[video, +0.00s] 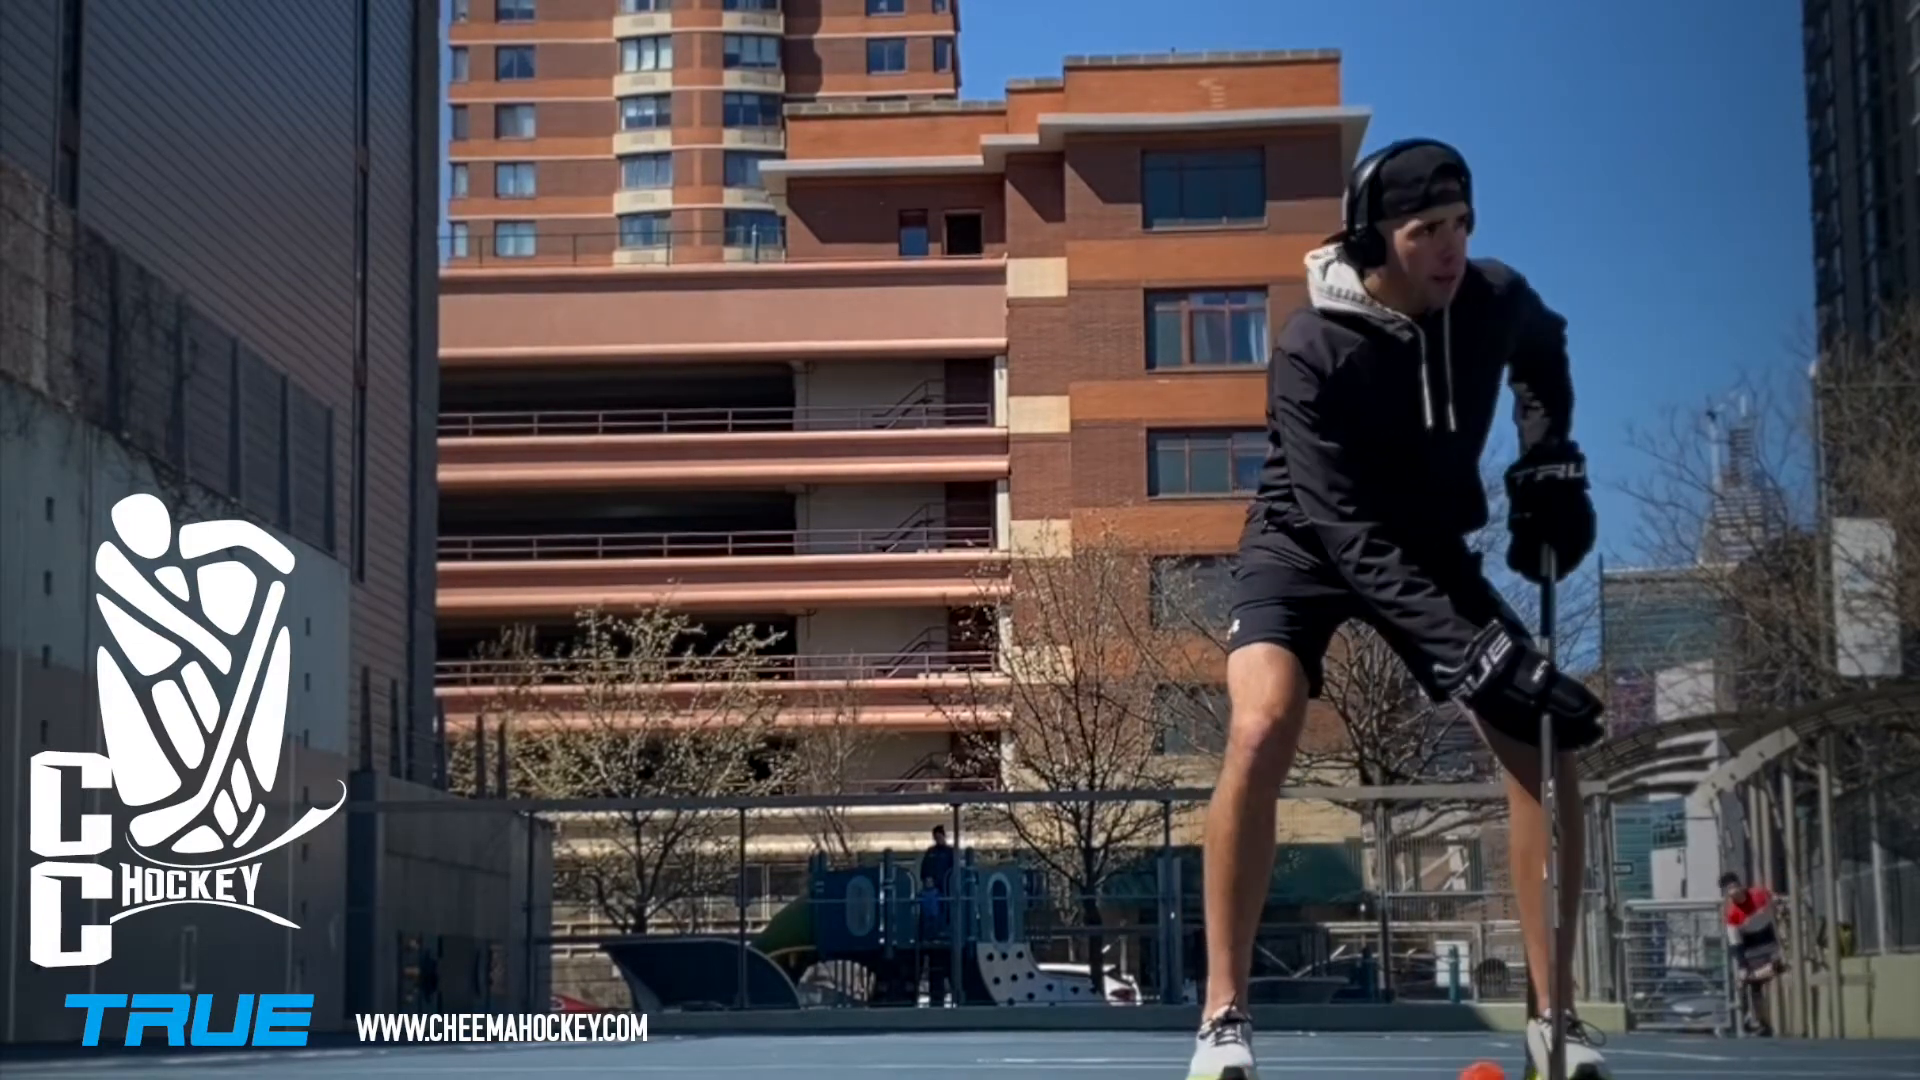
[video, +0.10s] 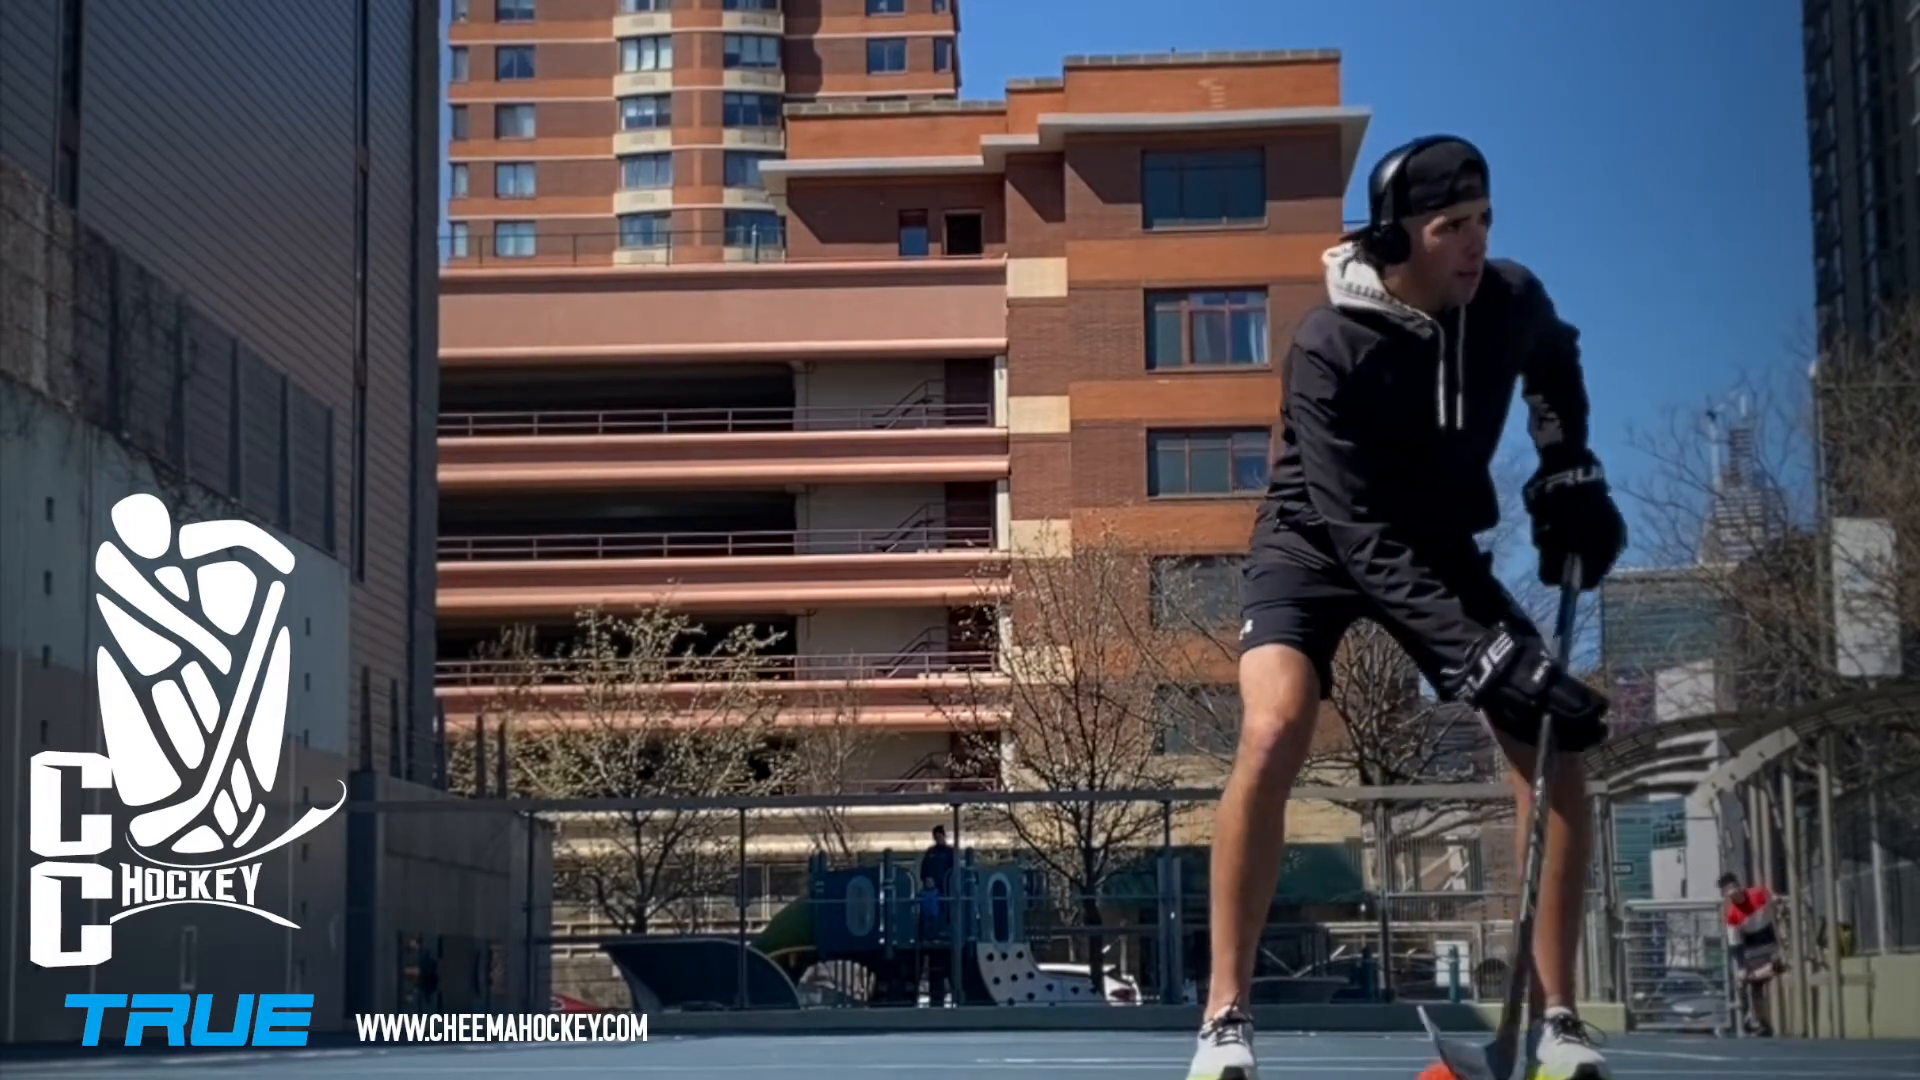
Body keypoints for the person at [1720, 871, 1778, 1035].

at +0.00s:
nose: (1733, 892)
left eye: (1735, 887)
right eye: (1729, 890)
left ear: (1741, 885)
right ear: (1726, 894)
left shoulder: (1761, 896)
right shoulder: (1732, 914)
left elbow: (1774, 922)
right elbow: (1735, 943)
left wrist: (1779, 950)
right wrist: (1743, 966)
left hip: (1769, 945)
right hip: (1750, 950)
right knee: (1755, 989)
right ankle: (1763, 1025)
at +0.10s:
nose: (1732, 893)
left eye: (1733, 887)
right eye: (1727, 890)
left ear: (1739, 886)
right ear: (1724, 895)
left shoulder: (1759, 895)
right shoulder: (1732, 915)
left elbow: (1775, 922)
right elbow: (1735, 943)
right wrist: (1741, 967)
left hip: (1769, 944)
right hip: (1750, 948)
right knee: (1755, 988)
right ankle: (1762, 1024)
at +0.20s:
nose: (1730, 893)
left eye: (1731, 888)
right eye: (1725, 891)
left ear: (1737, 886)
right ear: (1722, 895)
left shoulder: (1756, 896)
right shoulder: (1729, 914)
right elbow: (1733, 942)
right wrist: (1740, 967)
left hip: (1770, 946)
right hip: (1751, 950)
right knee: (1754, 988)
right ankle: (1762, 1024)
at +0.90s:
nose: (1723, 892)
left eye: (1725, 887)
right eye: (1720, 889)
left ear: (1733, 886)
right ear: (1719, 892)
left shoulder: (1753, 896)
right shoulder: (1726, 914)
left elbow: (1776, 905)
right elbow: (1730, 945)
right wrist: (1733, 970)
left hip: (1769, 943)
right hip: (1750, 948)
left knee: (1772, 966)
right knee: (1753, 988)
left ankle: (1744, 978)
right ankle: (1760, 1023)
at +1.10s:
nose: (1724, 887)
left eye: (1726, 882)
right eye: (1721, 883)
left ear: (1735, 881)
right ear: (1721, 886)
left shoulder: (1754, 894)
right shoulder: (1727, 910)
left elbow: (1777, 903)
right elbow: (1731, 940)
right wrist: (1733, 965)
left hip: (1769, 947)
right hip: (1749, 951)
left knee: (1755, 982)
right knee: (1743, 987)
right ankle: (1751, 1022)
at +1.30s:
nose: (1729, 880)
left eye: (1732, 875)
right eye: (1727, 875)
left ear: (1742, 876)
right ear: (1727, 878)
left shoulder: (1758, 890)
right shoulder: (1731, 903)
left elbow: (1778, 903)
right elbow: (1731, 931)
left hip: (1763, 937)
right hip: (1743, 941)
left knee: (1758, 977)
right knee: (1748, 981)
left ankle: (1759, 1020)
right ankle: (1752, 1021)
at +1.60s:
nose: (1734, 878)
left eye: (1737, 873)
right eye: (1732, 874)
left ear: (1746, 874)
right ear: (1733, 876)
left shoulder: (1758, 890)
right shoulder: (1738, 896)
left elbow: (1769, 910)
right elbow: (1735, 917)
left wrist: (1748, 923)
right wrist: (1734, 924)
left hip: (1764, 938)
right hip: (1750, 939)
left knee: (1756, 974)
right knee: (1748, 978)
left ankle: (1762, 1020)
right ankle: (1753, 1019)